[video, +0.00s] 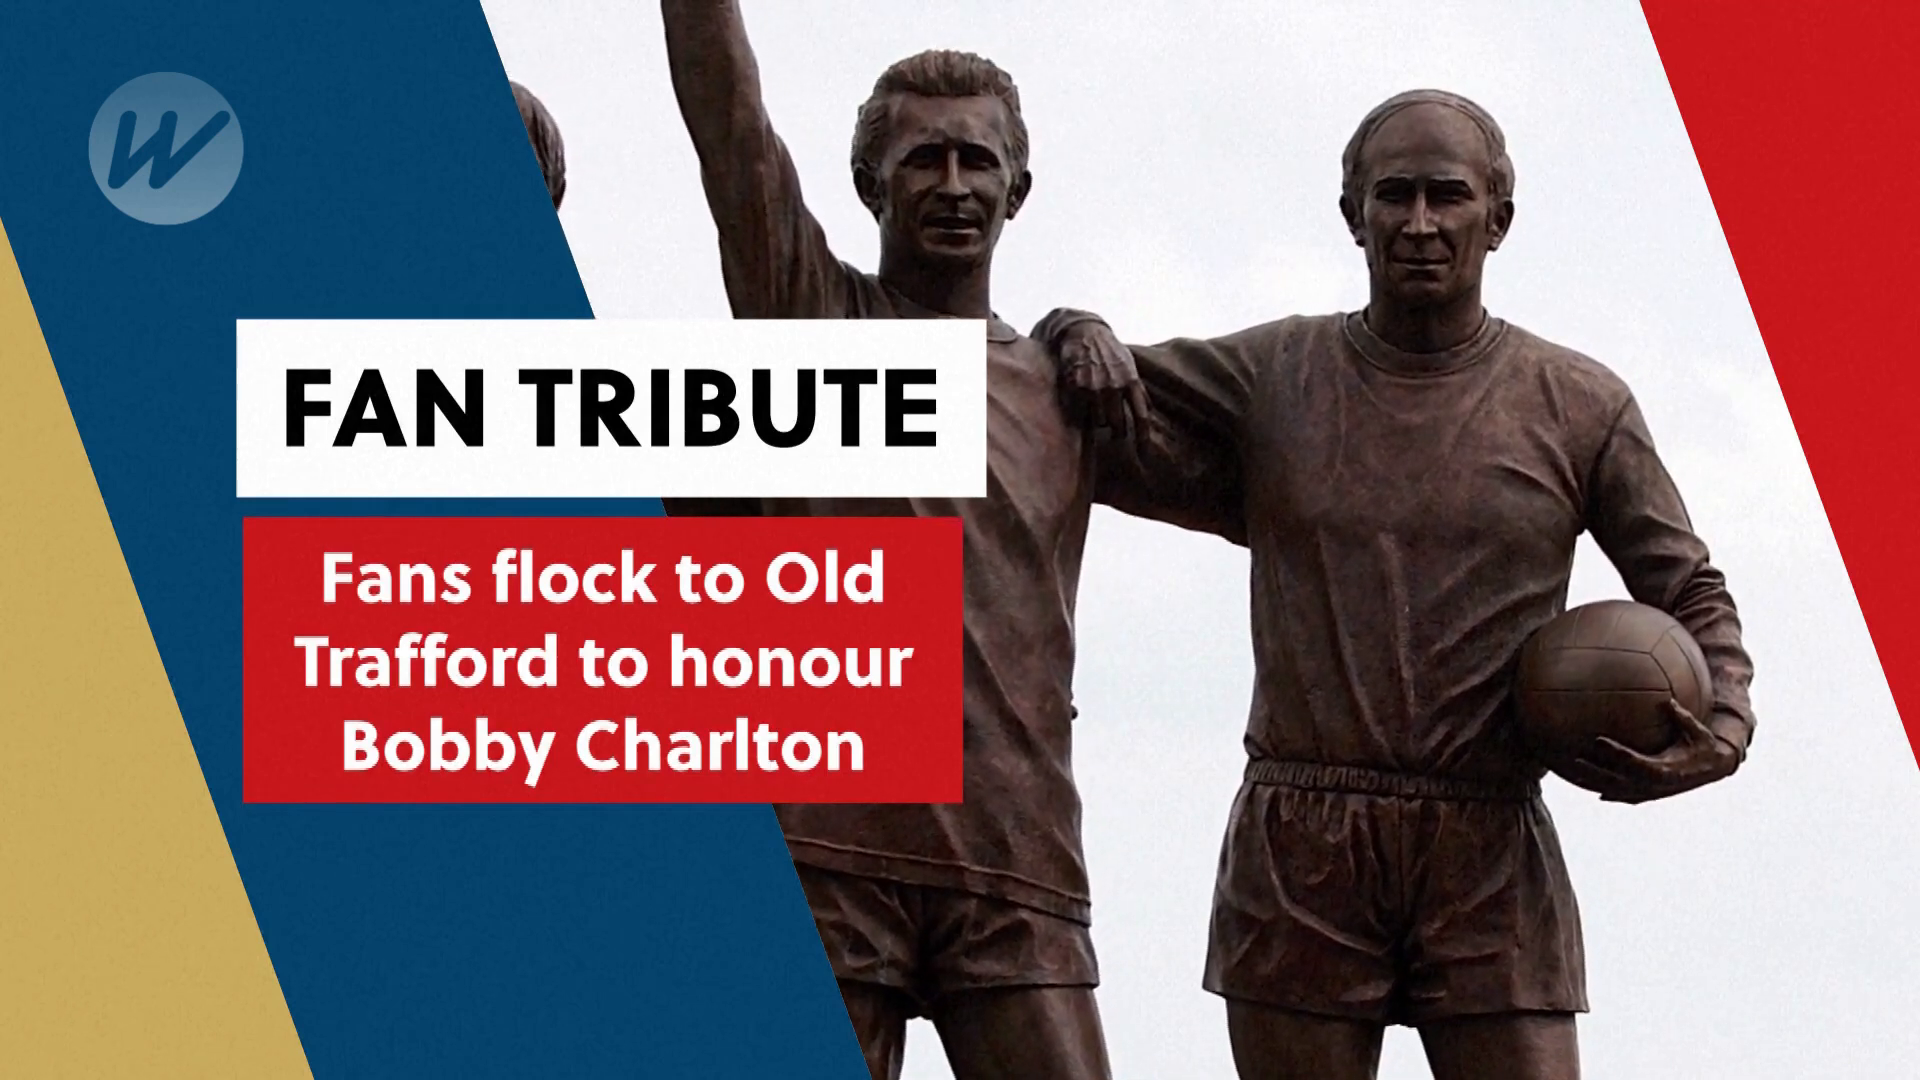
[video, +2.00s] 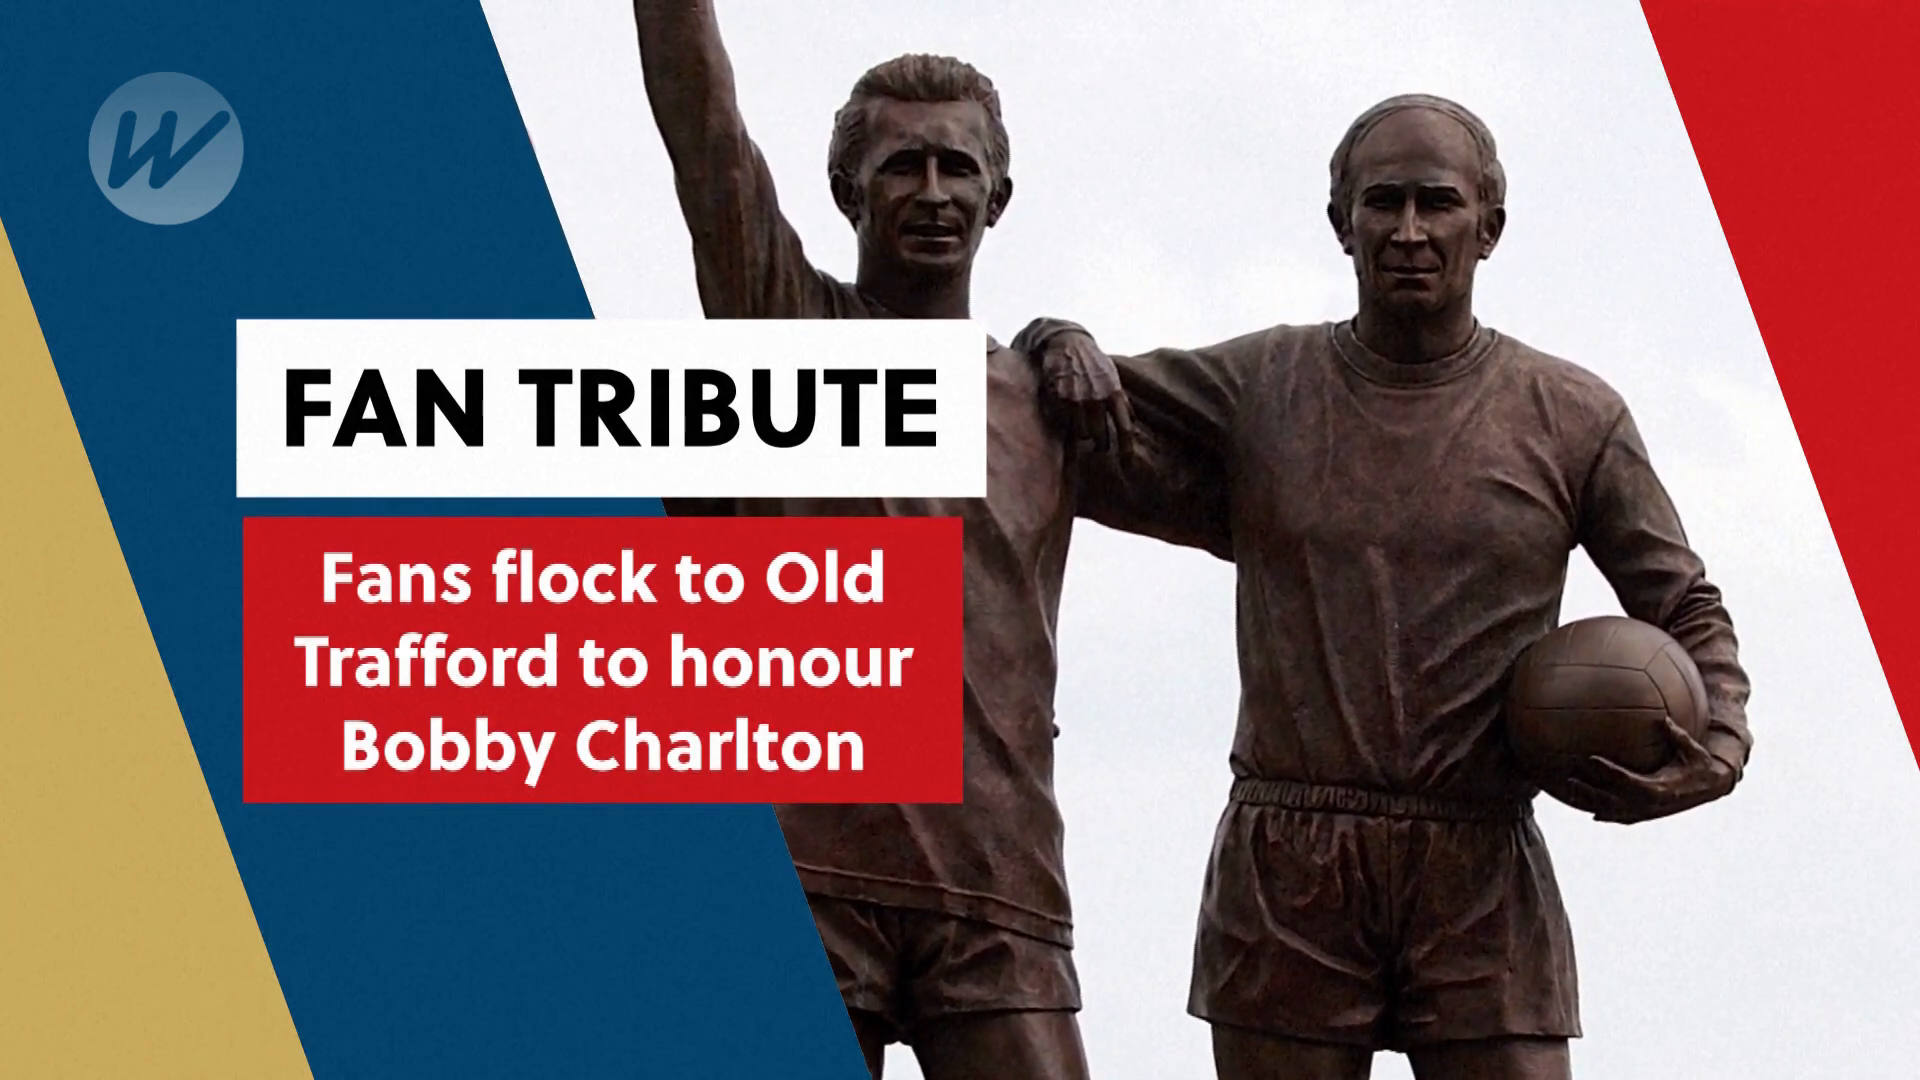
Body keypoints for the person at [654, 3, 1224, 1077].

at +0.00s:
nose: (955, 183)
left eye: (979, 159)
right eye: (924, 159)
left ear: (1017, 187)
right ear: (870, 183)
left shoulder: (1070, 393)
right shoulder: (808, 319)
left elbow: (1270, 487)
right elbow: (729, 125)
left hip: (1017, 867)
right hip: (824, 862)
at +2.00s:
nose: (933, 189)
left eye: (958, 166)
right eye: (902, 165)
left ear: (997, 197)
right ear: (849, 192)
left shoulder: (1049, 402)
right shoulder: (781, 330)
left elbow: (1255, 507)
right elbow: (701, 130)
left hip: (999, 890)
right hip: (805, 885)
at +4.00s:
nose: (918, 195)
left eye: (943, 171)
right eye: (886, 170)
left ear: (981, 202)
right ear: (830, 200)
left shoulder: (1035, 404)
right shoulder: (763, 337)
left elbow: (1241, 515)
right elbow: (683, 137)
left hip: (987, 909)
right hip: (793, 900)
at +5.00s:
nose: (911, 205)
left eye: (935, 176)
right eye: (888, 174)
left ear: (967, 192)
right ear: (850, 185)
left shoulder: (1011, 413)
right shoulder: (788, 384)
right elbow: (681, 133)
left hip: (967, 885)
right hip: (805, 884)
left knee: (1003, 1051)